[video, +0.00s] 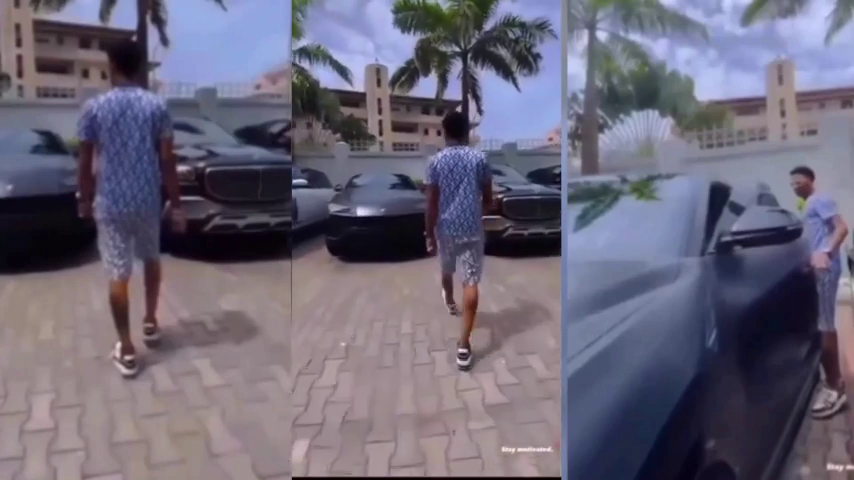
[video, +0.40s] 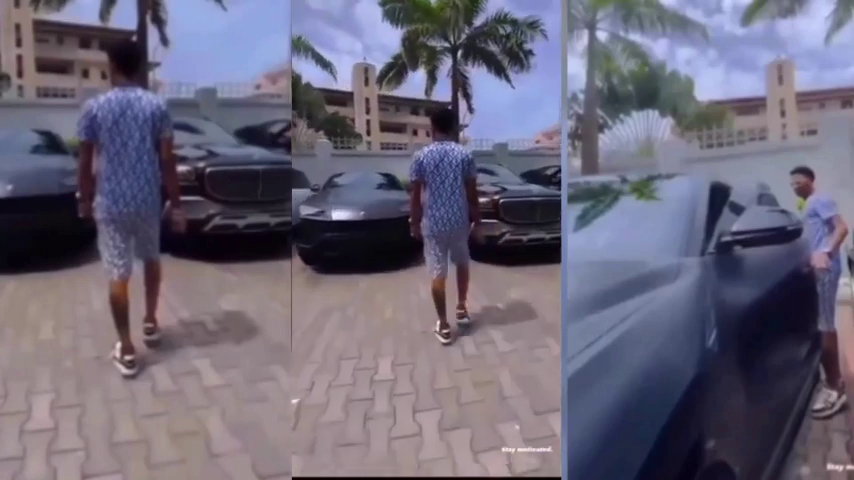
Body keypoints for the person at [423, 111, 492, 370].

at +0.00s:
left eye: (446, 130)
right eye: (465, 130)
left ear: (444, 132)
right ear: (467, 132)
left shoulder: (436, 161)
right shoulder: (479, 158)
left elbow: (432, 202)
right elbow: (488, 196)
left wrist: (429, 233)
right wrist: (479, 211)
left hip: (446, 227)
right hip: (472, 227)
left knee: (447, 268)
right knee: (471, 282)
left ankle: (450, 301)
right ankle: (464, 344)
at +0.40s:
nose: (432, 131)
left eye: (432, 127)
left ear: (432, 128)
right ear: (454, 128)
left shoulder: (422, 156)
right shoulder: (463, 154)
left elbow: (415, 194)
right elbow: (472, 191)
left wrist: (414, 223)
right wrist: (476, 219)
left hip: (433, 221)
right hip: (459, 220)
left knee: (437, 272)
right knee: (462, 263)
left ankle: (442, 324)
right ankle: (462, 306)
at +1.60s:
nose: (341, 133)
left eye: (337, 129)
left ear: (336, 130)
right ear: (357, 130)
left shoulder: (325, 155)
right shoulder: (369, 155)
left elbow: (320, 193)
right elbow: (378, 189)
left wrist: (320, 224)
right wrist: (384, 215)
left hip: (339, 223)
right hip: (367, 221)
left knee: (346, 271)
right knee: (378, 265)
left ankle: (356, 319)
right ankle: (374, 304)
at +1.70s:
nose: (334, 134)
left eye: (331, 130)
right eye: (345, 130)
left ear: (328, 131)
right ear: (350, 131)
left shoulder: (316, 155)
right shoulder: (361, 156)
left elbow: (308, 192)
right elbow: (369, 192)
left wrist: (309, 222)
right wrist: (376, 222)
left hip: (329, 224)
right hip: (357, 223)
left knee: (338, 274)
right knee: (366, 263)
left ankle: (347, 324)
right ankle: (365, 304)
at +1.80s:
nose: (330, 137)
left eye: (325, 132)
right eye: (339, 133)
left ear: (321, 133)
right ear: (343, 133)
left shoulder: (309, 157)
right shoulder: (352, 158)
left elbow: (300, 192)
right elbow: (360, 195)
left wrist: (301, 222)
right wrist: (369, 225)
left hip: (320, 223)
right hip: (348, 221)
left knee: (329, 275)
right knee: (354, 261)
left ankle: (339, 331)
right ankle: (356, 297)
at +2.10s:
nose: (315, 139)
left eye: (312, 134)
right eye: (324, 135)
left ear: (309, 134)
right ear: (329, 136)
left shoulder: (296, 159)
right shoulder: (336, 162)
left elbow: (293, 191)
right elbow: (345, 195)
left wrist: (294, 214)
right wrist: (349, 221)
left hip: (304, 219)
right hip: (331, 219)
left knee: (303, 267)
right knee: (334, 262)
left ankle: (310, 311)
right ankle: (331, 306)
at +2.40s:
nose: (300, 139)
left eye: (296, 134)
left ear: (295, 134)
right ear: (316, 135)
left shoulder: (287, 156)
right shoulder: (325, 160)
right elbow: (338, 190)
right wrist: (341, 213)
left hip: (297, 221)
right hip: (323, 222)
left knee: (301, 267)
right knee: (323, 270)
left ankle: (308, 299)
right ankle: (320, 322)